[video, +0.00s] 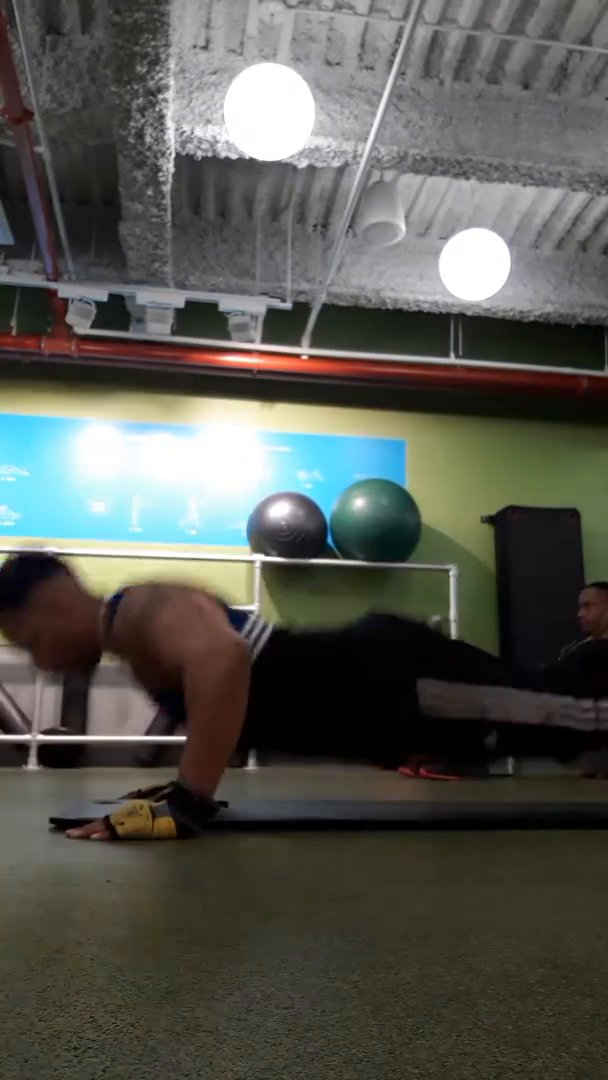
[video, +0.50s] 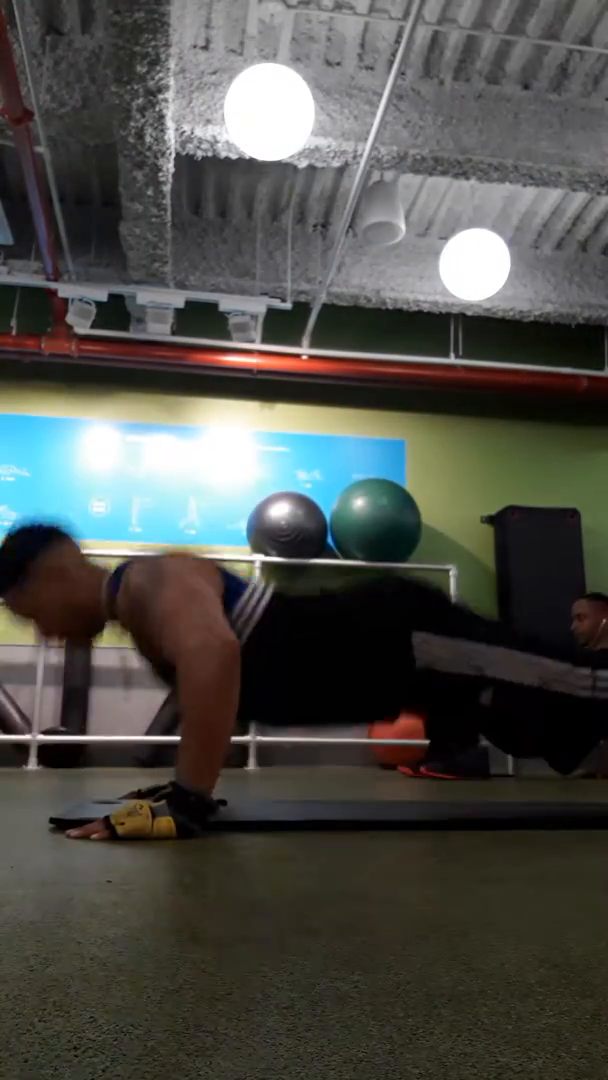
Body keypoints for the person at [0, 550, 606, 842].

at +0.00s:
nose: (37, 658)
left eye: (29, 636)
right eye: (25, 647)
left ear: (56, 596)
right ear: (54, 604)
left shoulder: (143, 609)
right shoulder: (137, 636)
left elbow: (223, 661)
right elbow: (224, 695)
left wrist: (190, 799)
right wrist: (177, 793)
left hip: (386, 678)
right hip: (373, 700)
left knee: (579, 713)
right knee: (557, 715)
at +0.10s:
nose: (15, 716)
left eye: (7, 696)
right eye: (4, 706)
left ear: (38, 651)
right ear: (44, 651)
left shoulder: (123, 659)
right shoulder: (130, 693)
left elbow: (220, 664)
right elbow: (214, 760)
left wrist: (188, 798)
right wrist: (140, 814)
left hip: (399, 718)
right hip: (386, 733)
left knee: (583, 724)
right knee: (555, 713)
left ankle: (597, 637)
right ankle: (596, 635)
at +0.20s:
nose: (21, 758)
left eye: (11, 740)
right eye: (10, 751)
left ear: (31, 698)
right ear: (38, 698)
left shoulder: (116, 685)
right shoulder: (123, 720)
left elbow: (217, 664)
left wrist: (188, 798)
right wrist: (136, 815)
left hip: (377, 732)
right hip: (368, 756)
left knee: (583, 731)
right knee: (556, 720)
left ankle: (602, 643)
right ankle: (600, 640)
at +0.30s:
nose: (23, 746)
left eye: (12, 728)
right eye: (12, 737)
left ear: (35, 686)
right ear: (43, 681)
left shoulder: (112, 672)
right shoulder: (119, 701)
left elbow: (215, 660)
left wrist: (187, 800)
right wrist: (149, 807)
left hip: (376, 716)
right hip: (368, 733)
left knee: (568, 718)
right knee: (547, 712)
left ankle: (597, 642)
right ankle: (595, 641)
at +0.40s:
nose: (30, 695)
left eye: (21, 676)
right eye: (17, 685)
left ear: (43, 636)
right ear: (44, 635)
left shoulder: (134, 630)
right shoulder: (123, 663)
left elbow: (217, 658)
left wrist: (190, 796)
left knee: (562, 712)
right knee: (539, 718)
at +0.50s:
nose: (41, 631)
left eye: (32, 609)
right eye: (28, 620)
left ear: (61, 568)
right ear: (62, 573)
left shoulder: (153, 580)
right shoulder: (144, 600)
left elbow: (215, 659)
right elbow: (213, 683)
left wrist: (186, 796)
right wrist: (180, 792)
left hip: (403, 639)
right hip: (391, 659)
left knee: (581, 698)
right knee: (553, 723)